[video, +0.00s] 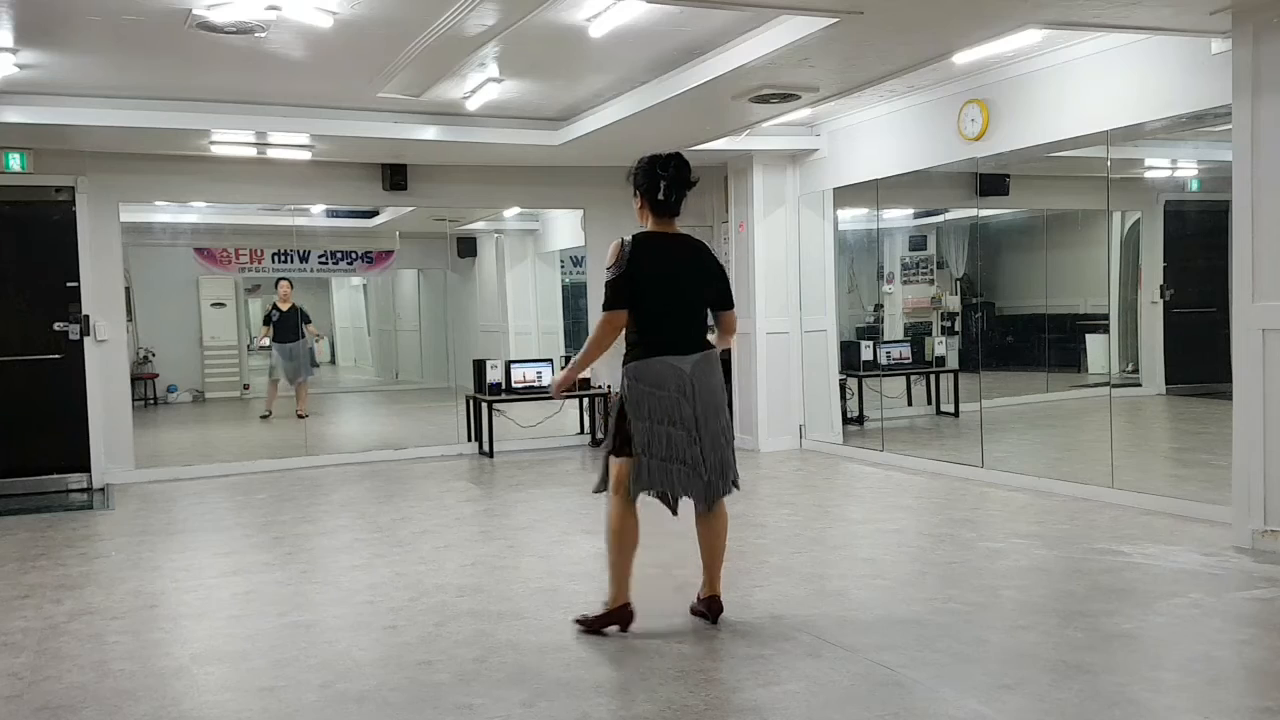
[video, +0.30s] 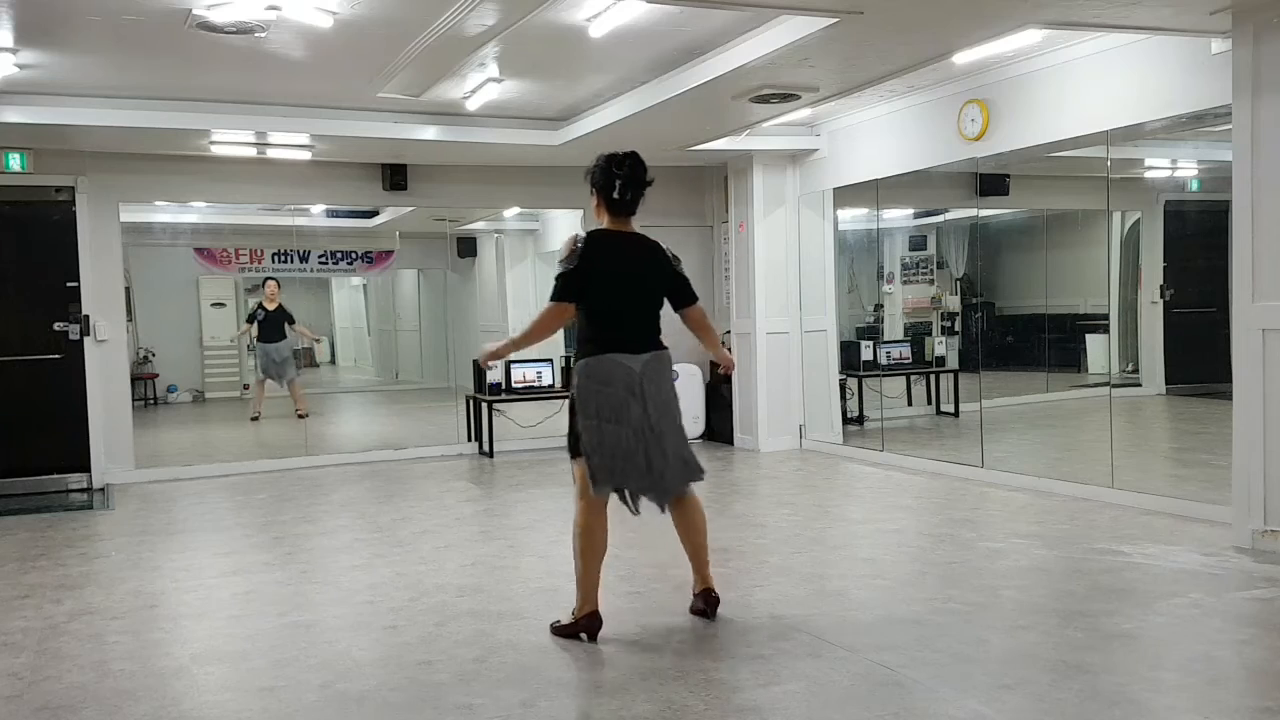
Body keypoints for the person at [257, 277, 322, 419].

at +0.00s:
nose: (285, 290)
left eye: (287, 287)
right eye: (282, 287)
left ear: (291, 290)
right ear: (276, 290)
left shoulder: (298, 309)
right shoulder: (272, 309)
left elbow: (309, 326)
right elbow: (266, 326)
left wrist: (316, 334)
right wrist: (262, 336)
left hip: (297, 347)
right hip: (278, 349)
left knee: (300, 379)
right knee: (273, 379)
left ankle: (300, 408)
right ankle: (268, 409)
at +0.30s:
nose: (272, 290)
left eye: (275, 287)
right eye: (269, 287)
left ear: (279, 290)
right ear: (263, 290)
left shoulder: (282, 309)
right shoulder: (258, 308)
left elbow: (295, 327)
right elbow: (248, 325)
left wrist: (313, 337)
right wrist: (239, 334)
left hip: (282, 347)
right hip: (263, 348)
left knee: (291, 378)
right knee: (260, 379)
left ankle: (299, 408)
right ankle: (257, 409)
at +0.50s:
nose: (263, 290)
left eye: (266, 287)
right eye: (260, 287)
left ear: (270, 290)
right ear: (254, 290)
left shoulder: (273, 309)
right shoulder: (249, 308)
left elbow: (285, 327)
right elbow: (240, 325)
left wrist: (299, 340)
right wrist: (233, 332)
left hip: (272, 347)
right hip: (253, 348)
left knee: (279, 377)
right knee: (254, 381)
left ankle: (285, 408)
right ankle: (256, 411)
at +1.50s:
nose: (252, 289)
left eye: (255, 286)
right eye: (249, 286)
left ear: (259, 289)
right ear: (244, 289)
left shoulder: (264, 309)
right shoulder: (239, 308)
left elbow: (274, 328)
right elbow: (232, 327)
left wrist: (285, 344)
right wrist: (226, 343)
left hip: (263, 348)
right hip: (245, 348)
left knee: (266, 381)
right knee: (248, 383)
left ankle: (264, 406)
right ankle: (253, 413)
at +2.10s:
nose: (258, 289)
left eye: (260, 286)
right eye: (254, 286)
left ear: (264, 289)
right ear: (248, 289)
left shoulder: (269, 308)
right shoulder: (243, 308)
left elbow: (278, 329)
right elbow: (236, 327)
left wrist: (287, 346)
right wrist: (236, 341)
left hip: (269, 348)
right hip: (249, 349)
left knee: (277, 380)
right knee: (250, 384)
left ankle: (283, 412)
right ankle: (253, 414)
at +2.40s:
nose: (273, 287)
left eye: (275, 284)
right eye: (269, 285)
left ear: (279, 287)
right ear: (263, 288)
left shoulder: (286, 307)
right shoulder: (260, 307)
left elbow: (295, 326)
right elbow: (249, 326)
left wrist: (304, 339)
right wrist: (236, 335)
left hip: (287, 347)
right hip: (267, 348)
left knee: (295, 379)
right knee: (261, 382)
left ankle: (302, 411)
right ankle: (254, 413)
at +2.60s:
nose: (283, 287)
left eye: (285, 284)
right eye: (279, 285)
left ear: (290, 287)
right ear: (274, 288)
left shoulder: (298, 307)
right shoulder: (270, 307)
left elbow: (310, 323)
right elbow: (262, 327)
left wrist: (322, 337)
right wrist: (251, 331)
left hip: (298, 347)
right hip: (278, 348)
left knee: (301, 380)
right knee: (276, 381)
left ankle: (304, 412)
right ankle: (274, 413)